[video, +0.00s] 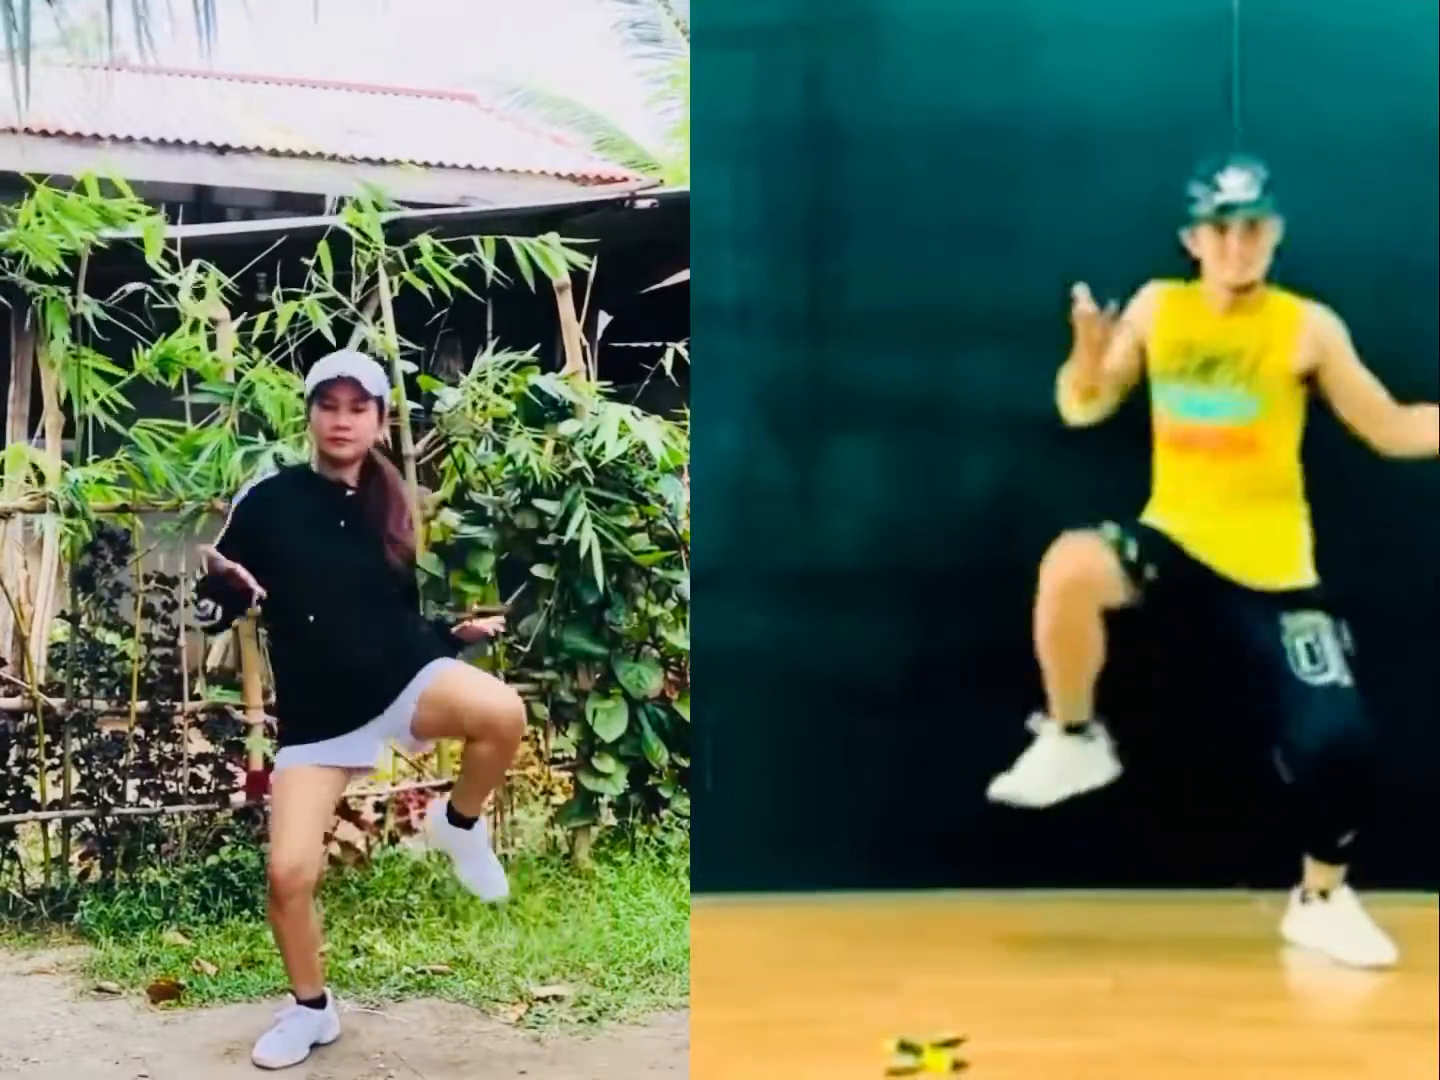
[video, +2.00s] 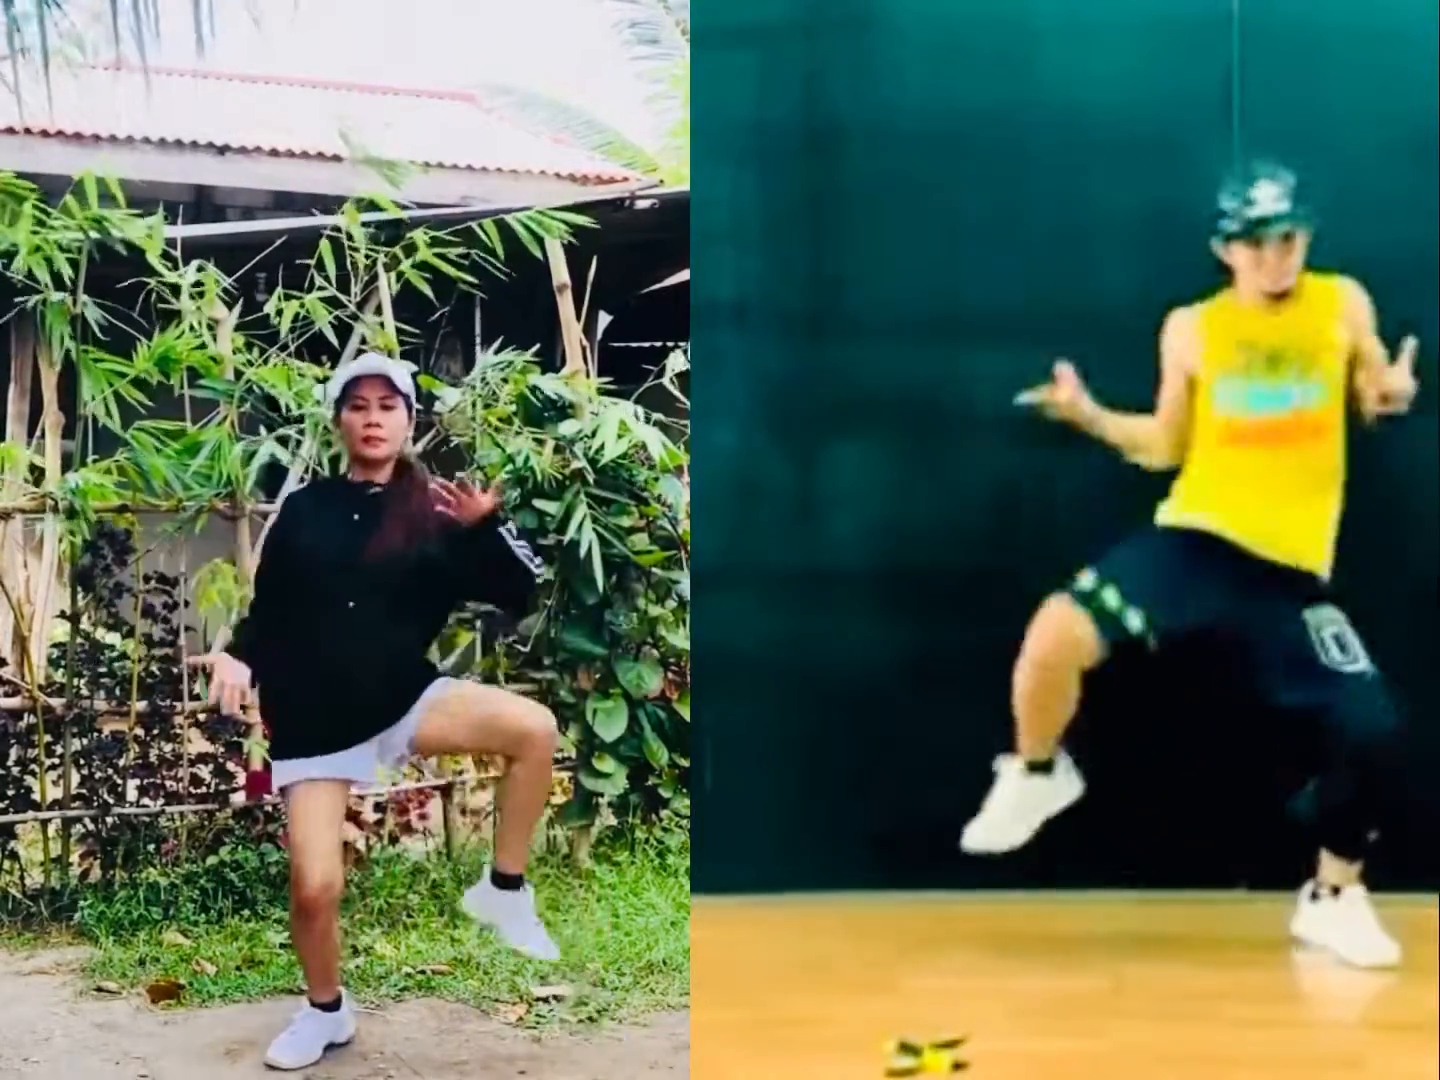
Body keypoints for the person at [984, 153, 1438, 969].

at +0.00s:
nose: (1239, 248)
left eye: (1254, 230)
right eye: (1222, 231)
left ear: (1276, 236)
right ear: (1194, 237)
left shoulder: (1308, 329)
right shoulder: (1156, 309)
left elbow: (1393, 428)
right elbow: (1083, 407)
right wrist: (1085, 361)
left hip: (1274, 562)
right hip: (1174, 541)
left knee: (1335, 740)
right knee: (1068, 569)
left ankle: (1321, 898)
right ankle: (1073, 739)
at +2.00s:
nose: (1276, 259)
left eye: (1288, 240)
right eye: (1258, 244)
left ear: (1307, 241)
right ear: (1226, 250)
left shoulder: (1343, 304)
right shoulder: (1191, 327)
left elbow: (1371, 396)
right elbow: (1165, 447)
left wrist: (1390, 393)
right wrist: (1090, 415)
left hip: (1290, 573)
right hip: (1189, 545)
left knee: (1369, 728)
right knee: (1053, 639)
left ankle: (1332, 893)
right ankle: (1035, 771)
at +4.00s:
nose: (1219, 274)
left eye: (1235, 258)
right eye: (1204, 258)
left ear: (1257, 265)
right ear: (1175, 265)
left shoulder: (1285, 367)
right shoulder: (1125, 340)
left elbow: (1370, 472)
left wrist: (1437, 469)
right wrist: (1056, 412)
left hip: (1272, 598)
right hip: (1159, 597)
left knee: (1363, 722)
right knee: (1081, 753)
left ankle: (1357, 886)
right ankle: (1019, 882)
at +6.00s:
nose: (1209, 264)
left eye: (1222, 249)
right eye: (1195, 246)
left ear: (1236, 255)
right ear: (1157, 244)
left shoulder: (1242, 316)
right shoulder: (1101, 318)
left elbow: (1338, 309)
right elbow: (980, 338)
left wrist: (1326, 227)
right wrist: (1027, 229)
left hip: (1233, 572)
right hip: (1127, 577)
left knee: (1329, 708)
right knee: (1089, 753)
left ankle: (1386, 873)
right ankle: (1049, 892)